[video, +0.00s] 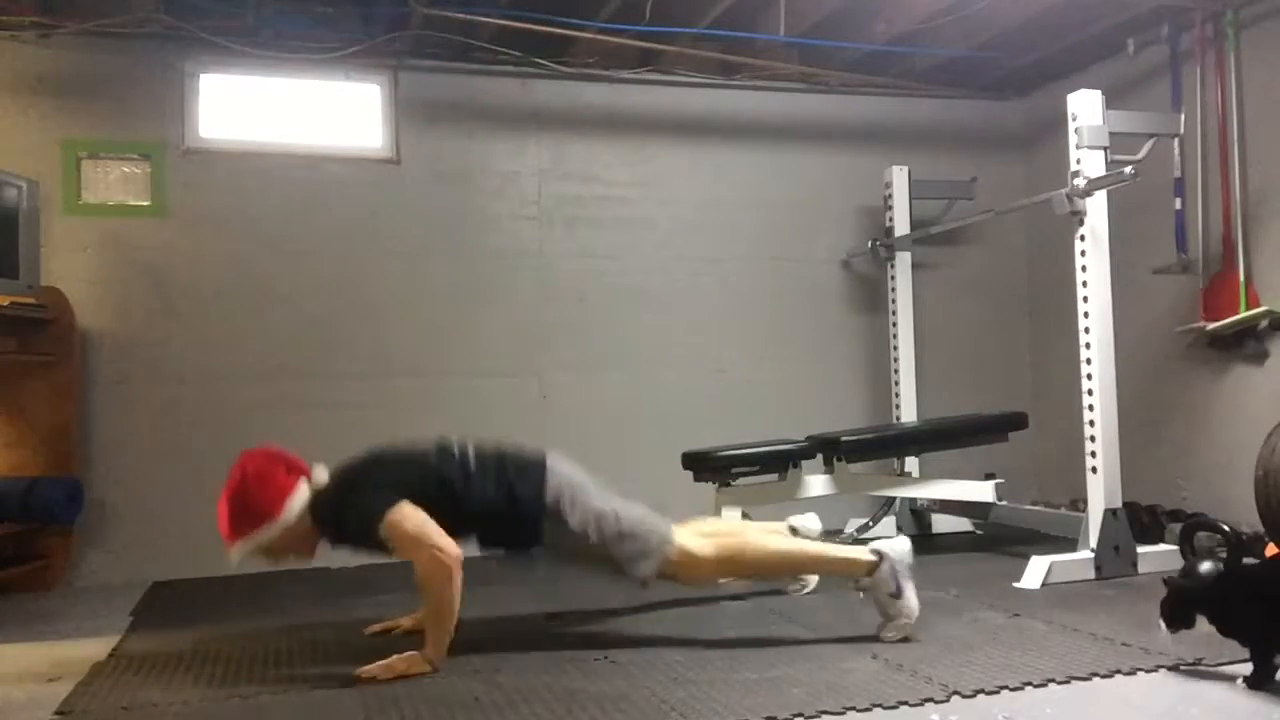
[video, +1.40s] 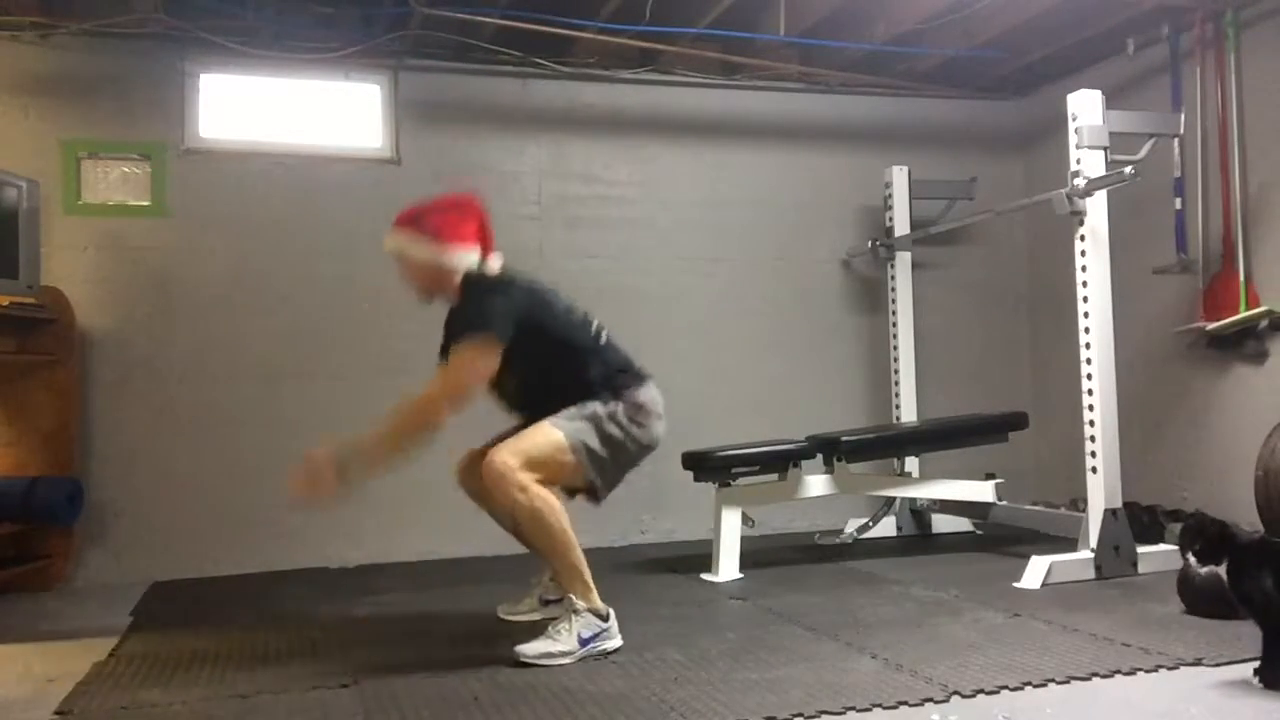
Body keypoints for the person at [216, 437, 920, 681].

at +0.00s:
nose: (269, 558)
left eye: (264, 543)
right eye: (257, 550)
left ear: (287, 512)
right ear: (287, 502)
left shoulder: (355, 501)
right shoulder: (347, 489)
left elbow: (441, 558)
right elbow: (441, 538)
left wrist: (432, 654)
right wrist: (429, 615)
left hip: (548, 501)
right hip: (538, 494)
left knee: (700, 563)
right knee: (688, 542)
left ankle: (873, 564)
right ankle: (846, 551)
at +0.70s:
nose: (278, 487)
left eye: (273, 474)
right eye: (266, 479)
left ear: (294, 442)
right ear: (293, 442)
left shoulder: (367, 436)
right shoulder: (354, 442)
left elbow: (416, 543)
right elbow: (412, 536)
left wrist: (430, 650)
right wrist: (422, 616)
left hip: (559, 413)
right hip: (551, 436)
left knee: (673, 529)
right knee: (661, 525)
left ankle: (846, 549)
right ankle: (778, 527)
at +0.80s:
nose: (309, 470)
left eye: (303, 457)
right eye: (298, 464)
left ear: (319, 429)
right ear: (321, 422)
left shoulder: (396, 422)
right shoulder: (379, 421)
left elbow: (426, 538)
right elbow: (420, 530)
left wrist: (430, 650)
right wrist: (423, 611)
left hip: (568, 358)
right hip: (545, 379)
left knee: (590, 504)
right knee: (561, 507)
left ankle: (761, 537)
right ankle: (697, 503)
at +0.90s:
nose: (333, 459)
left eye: (329, 444)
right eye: (322, 452)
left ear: (350, 410)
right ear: (351, 402)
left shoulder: (413, 410)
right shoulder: (400, 406)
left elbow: (429, 538)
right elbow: (428, 526)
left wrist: (430, 652)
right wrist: (427, 613)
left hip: (584, 355)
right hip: (559, 364)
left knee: (509, 464)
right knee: (491, 471)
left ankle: (655, 566)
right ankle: (620, 515)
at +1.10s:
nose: (349, 409)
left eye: (349, 394)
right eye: (341, 398)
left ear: (376, 376)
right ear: (382, 373)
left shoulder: (436, 397)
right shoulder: (419, 405)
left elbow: (431, 533)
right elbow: (422, 524)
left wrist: (424, 651)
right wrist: (422, 609)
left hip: (607, 447)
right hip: (578, 448)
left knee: (479, 481)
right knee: (456, 486)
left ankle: (587, 609)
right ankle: (555, 578)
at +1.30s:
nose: (390, 329)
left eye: (394, 314)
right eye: (388, 316)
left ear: (425, 309)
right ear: (431, 310)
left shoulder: (480, 348)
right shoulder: (454, 360)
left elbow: (443, 474)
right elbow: (429, 470)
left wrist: (380, 575)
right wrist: (379, 567)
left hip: (621, 442)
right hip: (591, 444)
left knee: (497, 475)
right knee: (468, 482)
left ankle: (591, 614)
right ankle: (562, 577)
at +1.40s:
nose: (403, 271)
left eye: (408, 257)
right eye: (401, 258)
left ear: (441, 255)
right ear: (445, 254)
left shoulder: (490, 300)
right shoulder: (470, 309)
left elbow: (442, 403)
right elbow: (433, 408)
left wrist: (348, 461)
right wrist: (348, 462)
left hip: (625, 408)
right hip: (585, 411)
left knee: (504, 468)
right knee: (476, 472)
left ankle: (592, 614)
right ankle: (568, 580)